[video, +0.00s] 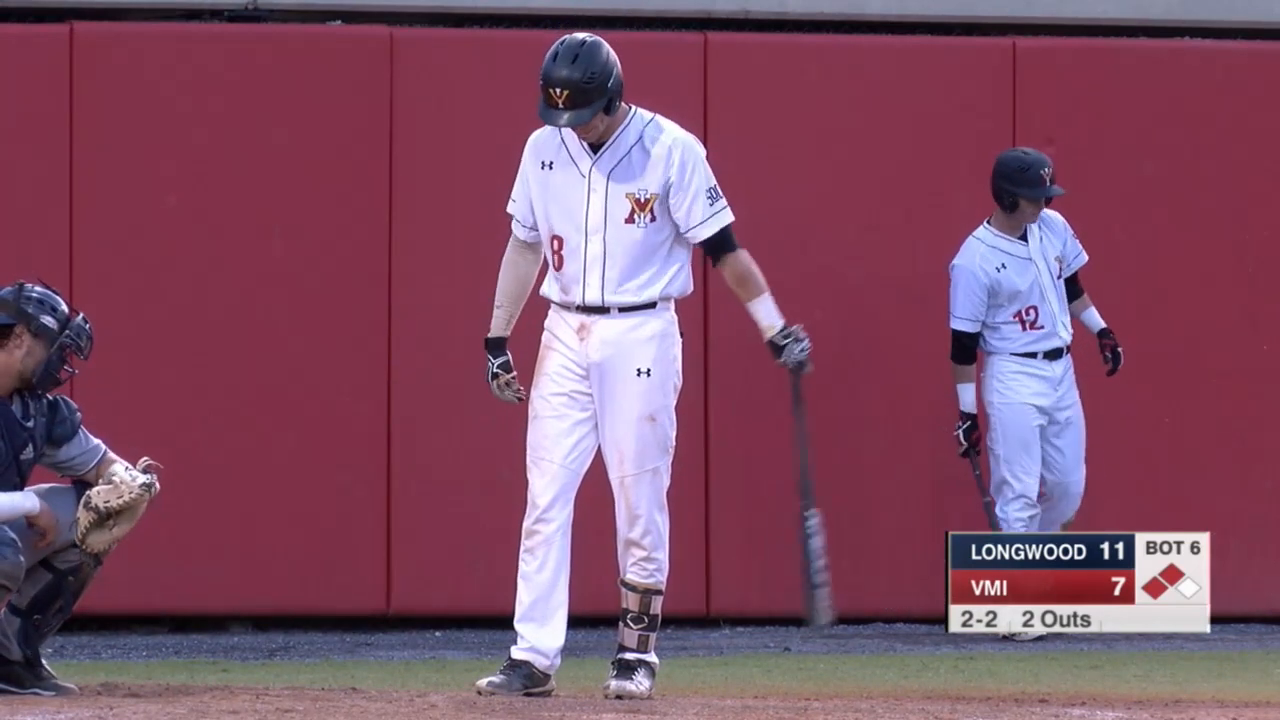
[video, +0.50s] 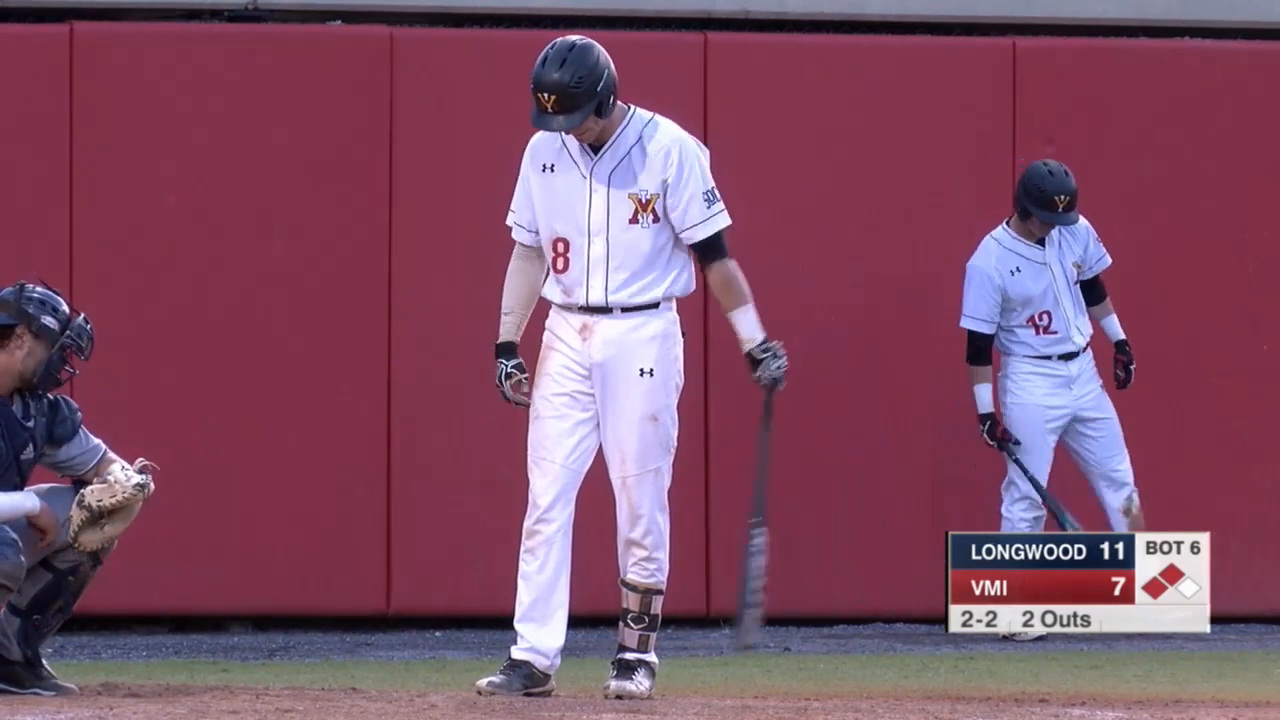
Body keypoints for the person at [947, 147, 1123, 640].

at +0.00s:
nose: (1046, 204)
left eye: (1045, 196)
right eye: (1038, 197)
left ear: (1035, 196)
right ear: (1010, 199)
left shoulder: (1051, 225)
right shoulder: (974, 260)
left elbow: (1070, 287)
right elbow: (963, 346)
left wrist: (1103, 330)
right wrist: (967, 415)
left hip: (1061, 375)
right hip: (1012, 379)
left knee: (1067, 490)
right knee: (1019, 493)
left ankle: (1012, 567)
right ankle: (1008, 600)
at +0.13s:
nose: (1043, 214)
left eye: (1046, 206)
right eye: (1035, 207)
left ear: (1047, 198)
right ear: (1009, 203)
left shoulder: (1055, 227)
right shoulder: (974, 261)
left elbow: (1075, 286)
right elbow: (963, 348)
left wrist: (1104, 329)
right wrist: (971, 414)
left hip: (1065, 376)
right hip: (1014, 381)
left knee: (1079, 486)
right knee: (1018, 494)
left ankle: (1057, 587)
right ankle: (1012, 598)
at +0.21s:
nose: (1044, 219)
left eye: (1047, 210)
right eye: (1036, 212)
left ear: (1049, 201)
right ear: (1010, 206)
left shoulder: (1055, 227)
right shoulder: (974, 262)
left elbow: (1077, 285)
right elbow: (962, 348)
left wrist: (1104, 330)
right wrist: (971, 413)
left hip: (1067, 376)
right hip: (1016, 382)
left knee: (1085, 484)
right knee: (1019, 496)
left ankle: (1071, 592)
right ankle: (1013, 601)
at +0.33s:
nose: (1046, 224)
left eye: (1051, 215)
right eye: (1039, 216)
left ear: (1055, 204)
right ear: (1013, 208)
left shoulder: (1061, 227)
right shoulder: (978, 262)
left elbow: (1083, 286)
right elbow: (967, 344)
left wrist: (1110, 337)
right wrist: (967, 413)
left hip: (1074, 375)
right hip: (1021, 383)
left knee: (1099, 486)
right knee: (1022, 494)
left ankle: (1114, 595)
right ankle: (1015, 604)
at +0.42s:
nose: (1052, 225)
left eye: (1057, 216)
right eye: (1045, 217)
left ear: (1061, 206)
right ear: (1019, 209)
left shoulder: (1067, 229)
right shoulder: (984, 262)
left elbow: (1089, 290)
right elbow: (973, 344)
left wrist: (1116, 341)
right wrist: (978, 413)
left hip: (1079, 376)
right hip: (1026, 384)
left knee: (1112, 485)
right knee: (1024, 498)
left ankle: (1130, 594)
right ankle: (1014, 606)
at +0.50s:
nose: (1059, 226)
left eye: (1063, 217)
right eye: (1051, 218)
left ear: (1067, 207)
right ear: (1026, 210)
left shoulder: (1073, 229)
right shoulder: (989, 261)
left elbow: (1094, 290)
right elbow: (978, 347)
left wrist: (1121, 342)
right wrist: (986, 414)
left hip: (1084, 376)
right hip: (1030, 384)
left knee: (1121, 487)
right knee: (1025, 501)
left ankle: (1146, 591)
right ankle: (1012, 607)